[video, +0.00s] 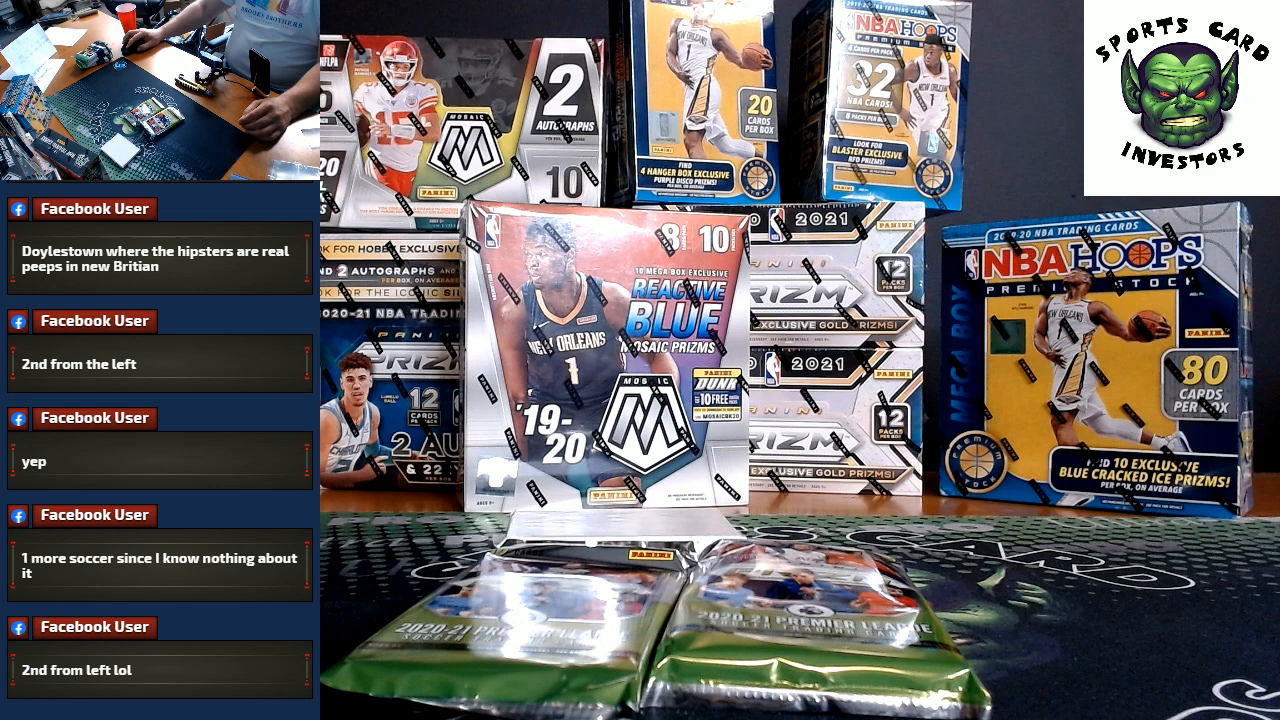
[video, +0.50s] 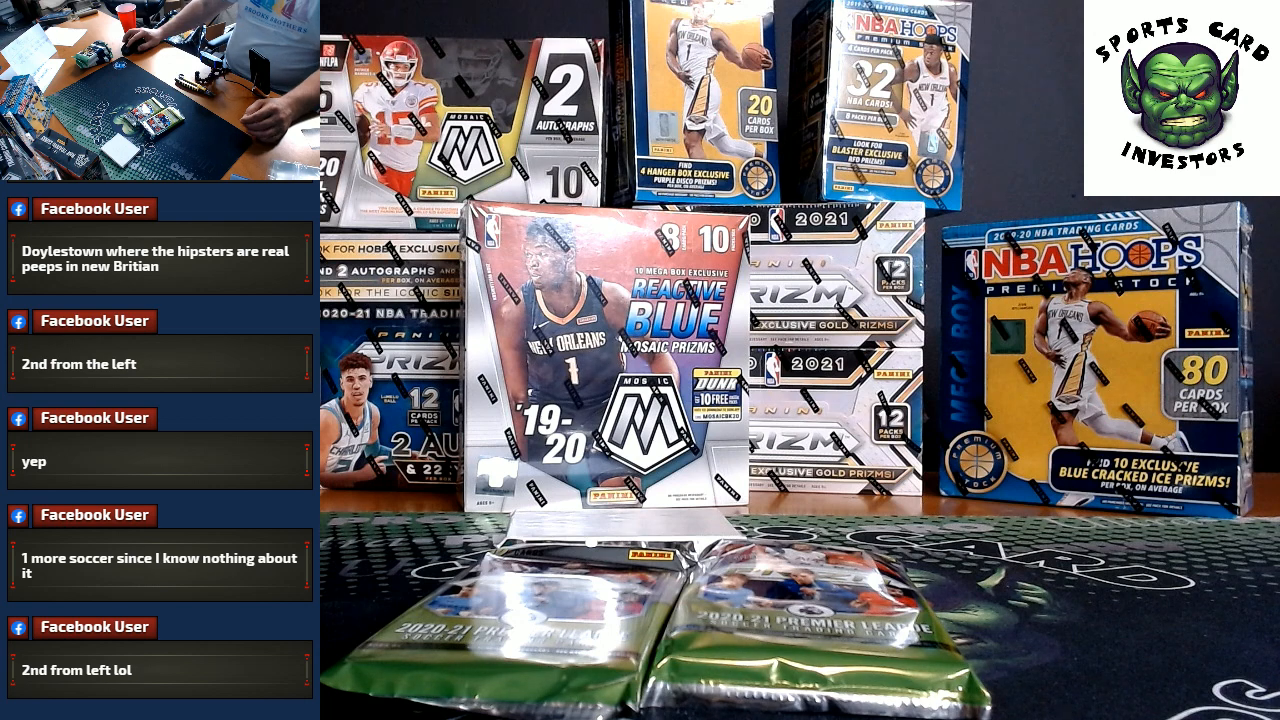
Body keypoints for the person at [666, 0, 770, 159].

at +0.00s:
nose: (697, 8)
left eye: (703, 6)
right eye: (695, 5)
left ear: (711, 12)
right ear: (691, 7)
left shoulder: (715, 34)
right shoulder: (678, 24)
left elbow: (739, 60)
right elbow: (670, 53)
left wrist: (764, 63)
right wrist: (678, 72)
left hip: (705, 87)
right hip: (692, 88)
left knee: (692, 141)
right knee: (725, 145)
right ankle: (767, 158)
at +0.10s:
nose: (697, 8)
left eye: (703, 6)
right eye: (695, 5)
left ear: (711, 12)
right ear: (691, 7)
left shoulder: (715, 34)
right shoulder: (678, 24)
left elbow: (739, 60)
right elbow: (670, 53)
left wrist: (764, 63)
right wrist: (678, 72)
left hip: (705, 87)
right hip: (692, 88)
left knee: (692, 141)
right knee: (725, 145)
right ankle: (767, 158)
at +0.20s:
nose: (697, 9)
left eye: (703, 6)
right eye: (695, 5)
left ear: (711, 12)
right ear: (691, 7)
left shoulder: (715, 34)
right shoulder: (678, 24)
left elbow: (740, 60)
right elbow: (670, 53)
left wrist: (765, 63)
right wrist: (678, 72)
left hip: (705, 87)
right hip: (692, 88)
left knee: (691, 141)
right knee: (725, 145)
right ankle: (766, 158)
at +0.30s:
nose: (697, 9)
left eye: (703, 6)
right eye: (695, 5)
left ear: (711, 12)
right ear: (691, 7)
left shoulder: (715, 34)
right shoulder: (678, 24)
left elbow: (740, 60)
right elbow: (670, 53)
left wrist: (764, 63)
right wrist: (678, 72)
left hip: (705, 87)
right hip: (692, 88)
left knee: (691, 141)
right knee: (725, 145)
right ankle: (766, 158)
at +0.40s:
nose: (697, 9)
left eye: (703, 6)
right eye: (695, 5)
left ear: (711, 12)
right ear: (691, 7)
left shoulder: (715, 34)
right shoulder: (678, 24)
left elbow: (740, 60)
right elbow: (670, 53)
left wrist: (764, 63)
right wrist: (678, 72)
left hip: (705, 87)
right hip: (692, 88)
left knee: (691, 141)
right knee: (725, 145)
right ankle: (766, 158)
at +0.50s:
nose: (697, 9)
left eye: (703, 6)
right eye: (695, 5)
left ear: (711, 12)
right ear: (691, 7)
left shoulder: (715, 34)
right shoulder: (678, 24)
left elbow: (740, 60)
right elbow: (670, 53)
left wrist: (764, 63)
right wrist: (678, 72)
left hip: (705, 87)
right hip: (692, 88)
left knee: (691, 141)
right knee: (725, 145)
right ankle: (766, 158)